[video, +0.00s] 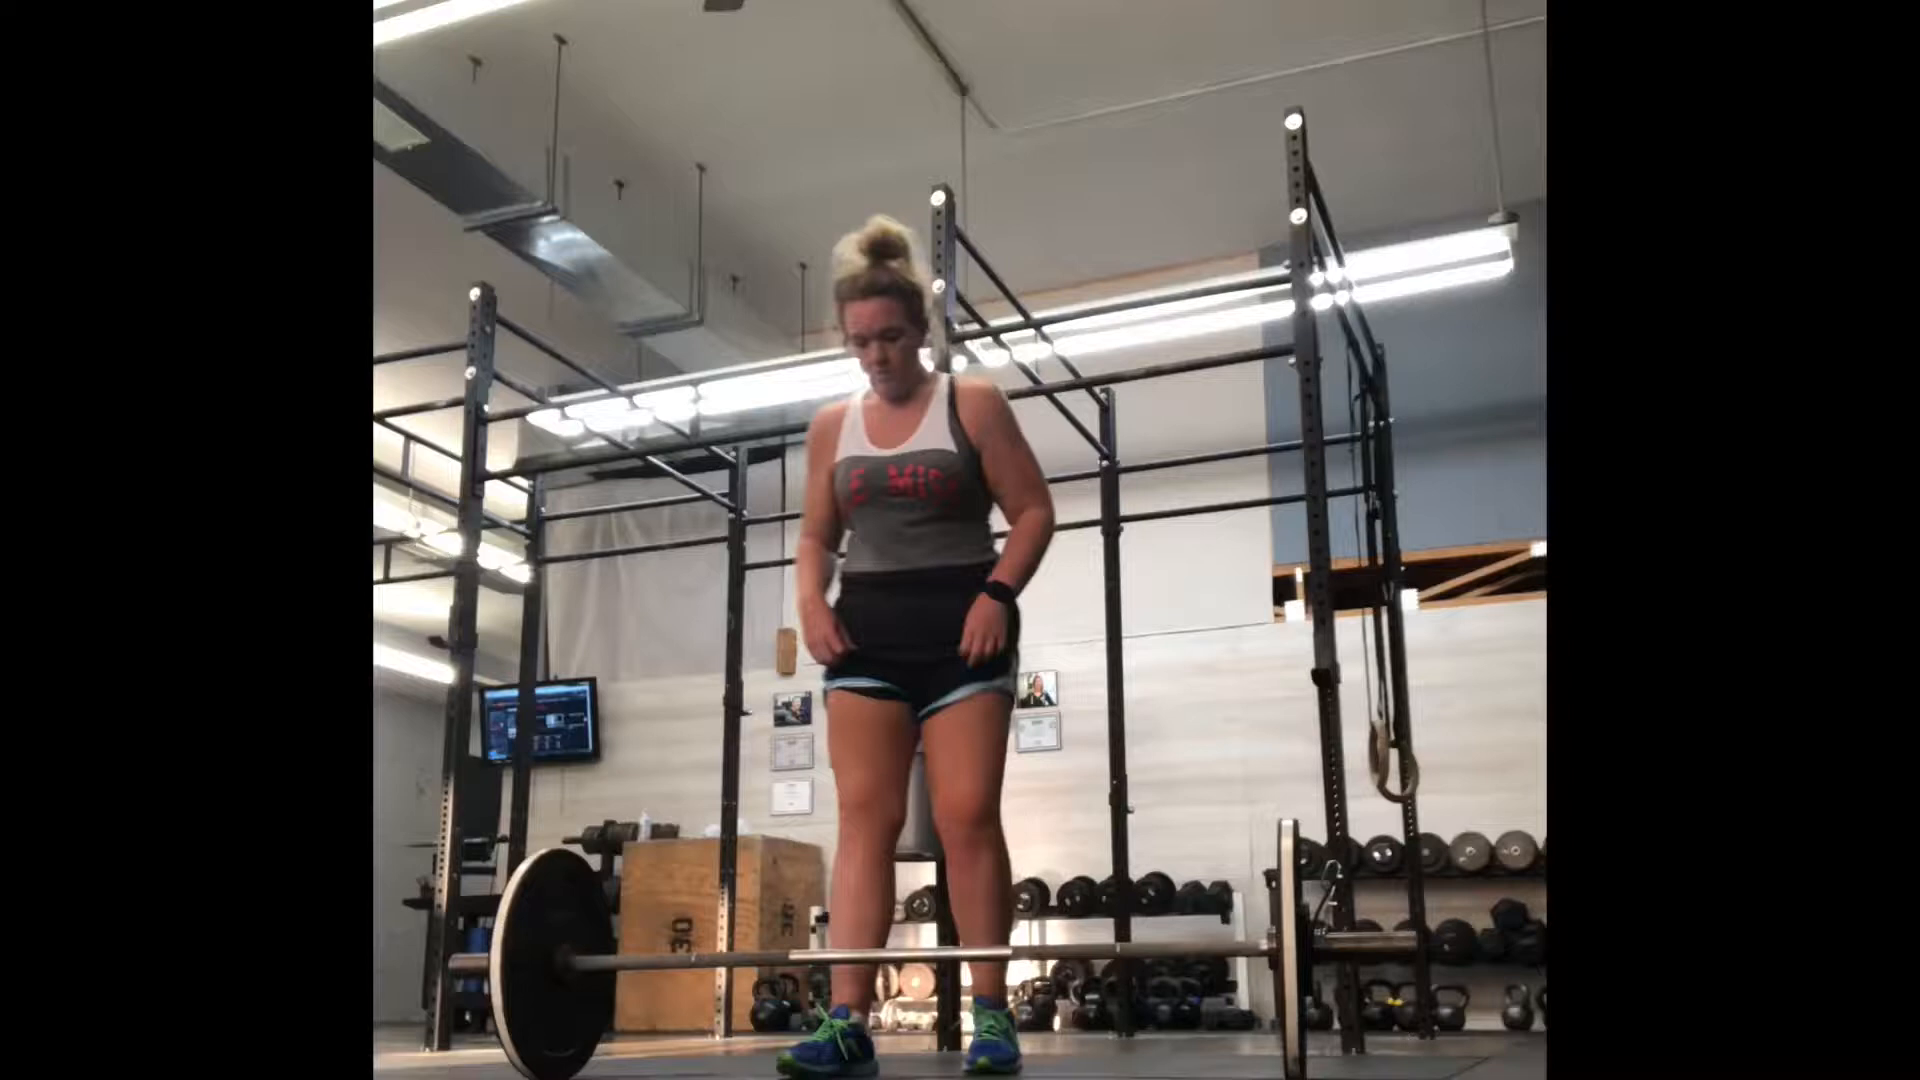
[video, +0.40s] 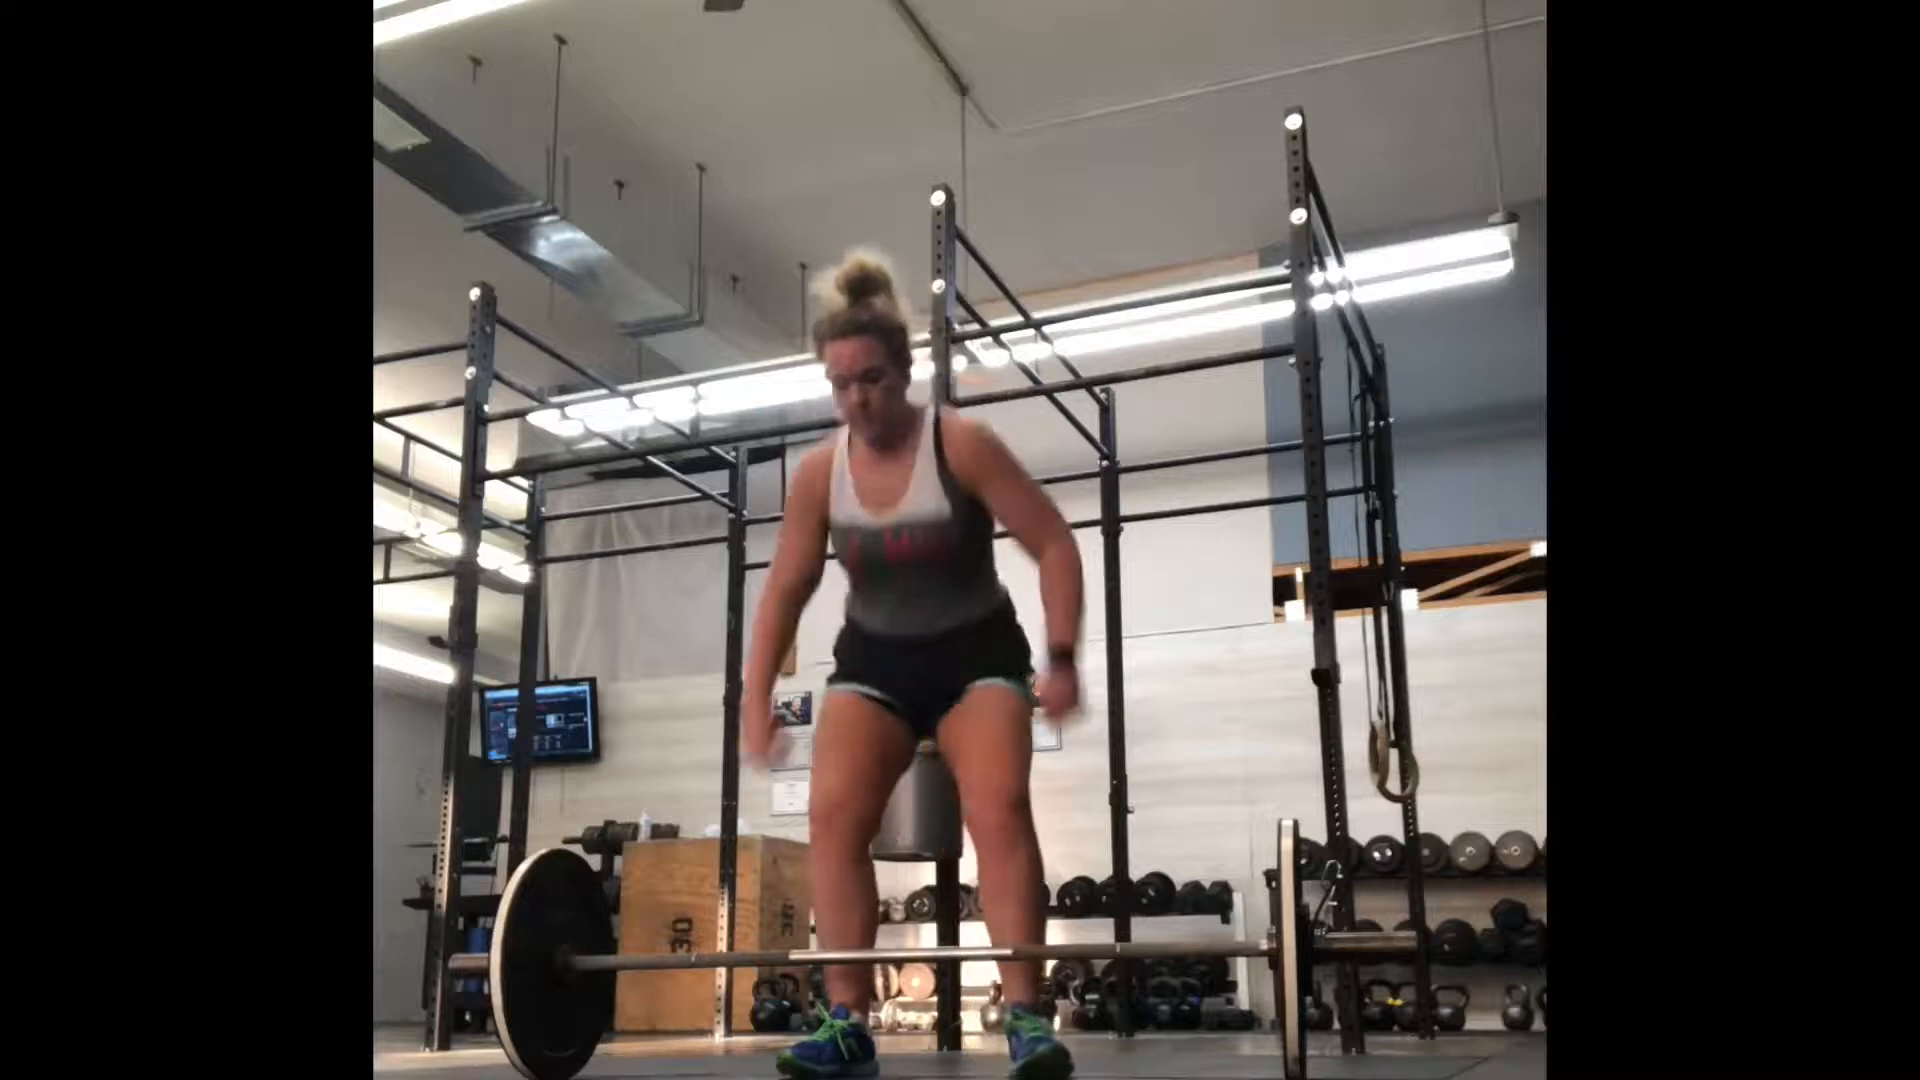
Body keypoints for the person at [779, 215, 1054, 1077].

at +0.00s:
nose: (879, 353)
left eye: (892, 335)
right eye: (864, 339)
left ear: (922, 327)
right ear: (845, 336)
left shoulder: (972, 404)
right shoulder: (832, 427)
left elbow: (1035, 513)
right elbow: (815, 536)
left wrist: (998, 593)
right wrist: (812, 607)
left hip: (962, 638)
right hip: (863, 643)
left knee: (967, 821)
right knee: (865, 822)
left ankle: (989, 1011)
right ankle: (847, 1019)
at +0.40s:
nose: (856, 396)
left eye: (871, 377)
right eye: (841, 382)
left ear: (905, 364)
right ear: (825, 376)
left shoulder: (962, 444)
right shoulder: (818, 473)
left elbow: (1053, 542)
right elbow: (786, 587)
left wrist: (1062, 654)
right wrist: (755, 693)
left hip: (978, 653)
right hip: (871, 663)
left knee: (1000, 812)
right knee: (833, 814)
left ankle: (1024, 1013)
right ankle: (848, 1020)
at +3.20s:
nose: (833, 490)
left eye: (856, 478)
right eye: (824, 482)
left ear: (902, 504)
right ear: (818, 506)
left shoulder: (948, 552)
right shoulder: (809, 574)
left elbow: (1052, 470)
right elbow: (721, 527)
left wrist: (1115, 343)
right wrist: (664, 437)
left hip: (996, 760)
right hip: (885, 775)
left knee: (1072, 804)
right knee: (778, 827)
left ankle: (1081, 1017)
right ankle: (803, 1026)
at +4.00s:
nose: (827, 566)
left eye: (849, 549)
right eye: (816, 555)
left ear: (896, 571)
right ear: (810, 576)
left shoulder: (946, 614)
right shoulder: (807, 640)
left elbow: (1051, 536)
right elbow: (715, 588)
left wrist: (1119, 407)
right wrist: (651, 491)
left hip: (988, 818)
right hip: (878, 830)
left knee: (1067, 815)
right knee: (760, 834)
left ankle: (1079, 1025)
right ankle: (802, 1031)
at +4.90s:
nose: (857, 252)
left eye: (874, 243)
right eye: (847, 246)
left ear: (915, 263)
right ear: (836, 272)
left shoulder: (958, 327)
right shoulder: (821, 355)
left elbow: (1056, 227)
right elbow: (729, 298)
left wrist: (1127, 128)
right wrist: (685, 213)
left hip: (966, 592)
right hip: (854, 599)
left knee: (1011, 794)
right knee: (827, 805)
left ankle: (1080, 1007)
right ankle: (804, 1022)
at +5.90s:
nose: (821, 569)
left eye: (840, 552)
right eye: (811, 554)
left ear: (886, 562)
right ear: (803, 563)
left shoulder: (946, 622)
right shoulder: (813, 650)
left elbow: (1041, 745)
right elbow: (756, 764)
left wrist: (1116, 855)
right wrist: (691, 864)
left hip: (999, 735)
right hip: (905, 747)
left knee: (1008, 825)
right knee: (832, 836)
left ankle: (1039, 1021)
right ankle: (844, 1026)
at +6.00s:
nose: (823, 503)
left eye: (841, 486)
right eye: (814, 488)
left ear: (888, 497)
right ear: (805, 497)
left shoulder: (945, 566)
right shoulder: (817, 593)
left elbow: (1052, 669)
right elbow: (755, 698)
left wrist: (1116, 783)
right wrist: (696, 799)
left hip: (1000, 703)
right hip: (904, 715)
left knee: (1011, 828)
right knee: (842, 838)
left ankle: (1040, 1019)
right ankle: (843, 1024)